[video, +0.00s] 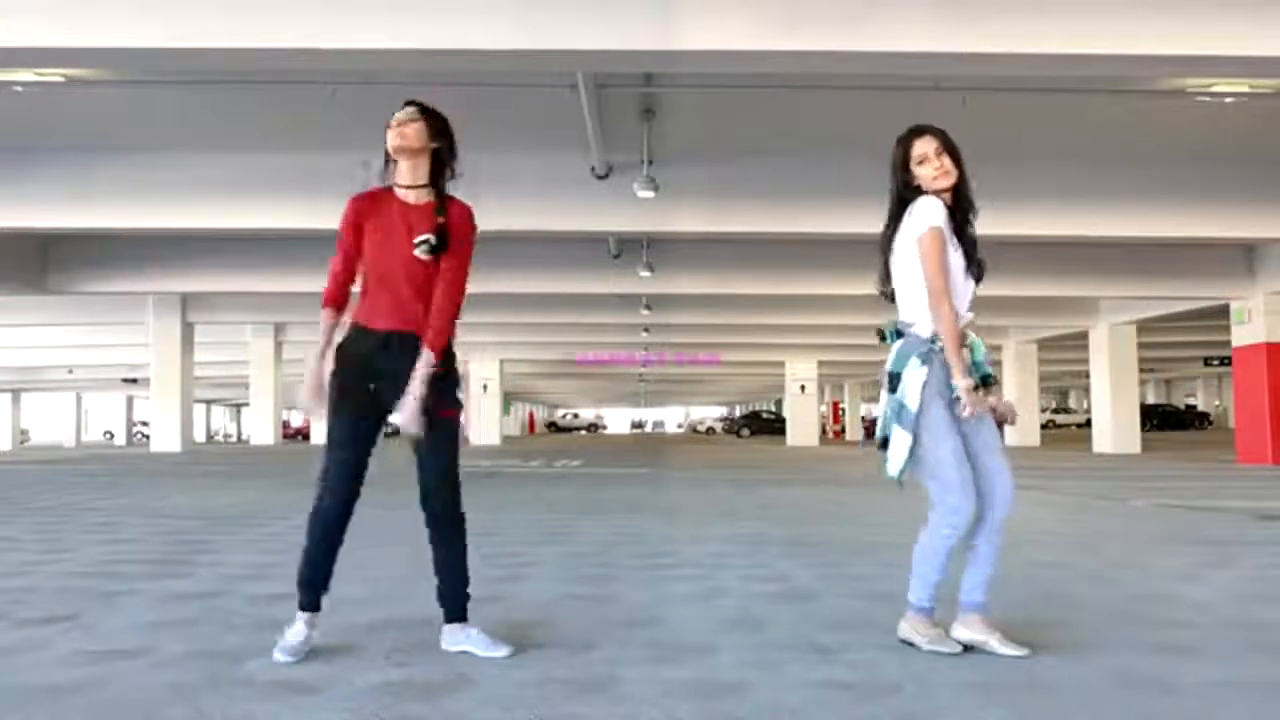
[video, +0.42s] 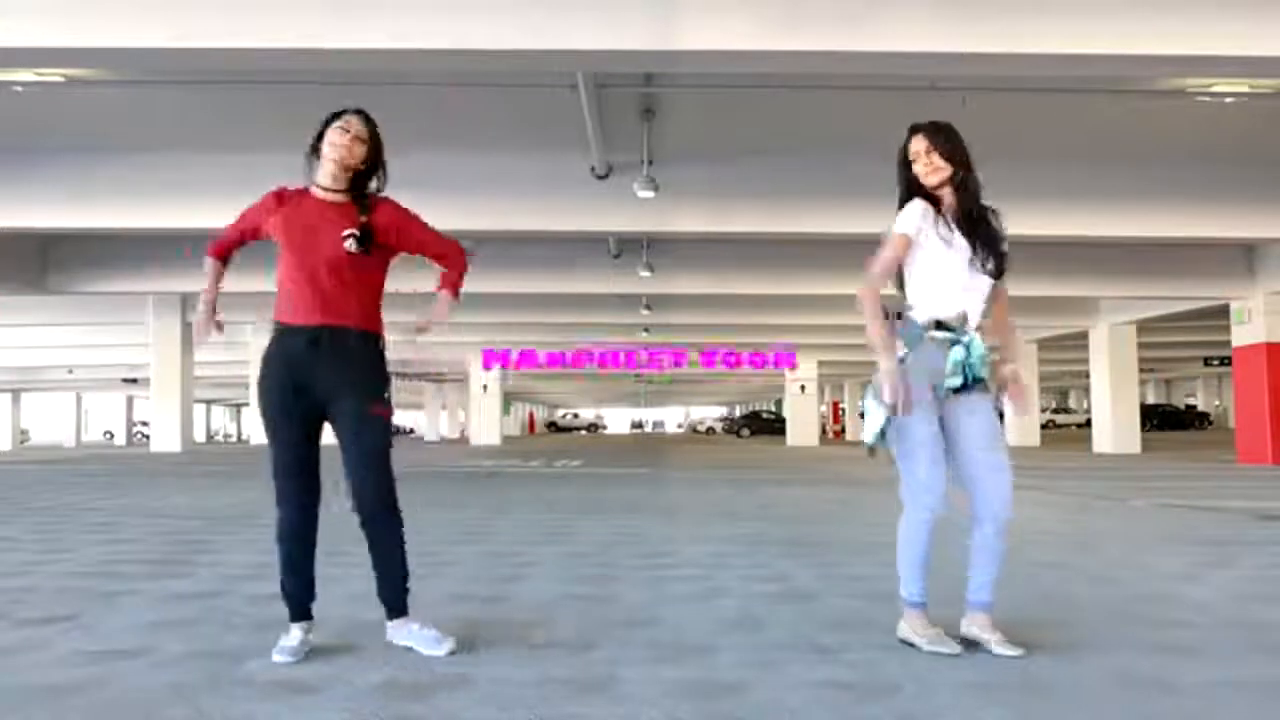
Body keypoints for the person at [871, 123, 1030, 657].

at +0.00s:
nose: (938, 165)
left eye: (942, 154)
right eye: (924, 162)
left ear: (956, 160)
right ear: (911, 176)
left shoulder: (942, 225)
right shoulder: (926, 212)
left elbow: (953, 319)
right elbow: (939, 300)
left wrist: (987, 394)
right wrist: (963, 378)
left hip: (955, 369)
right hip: (926, 368)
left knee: (998, 492)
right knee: (955, 502)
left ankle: (971, 617)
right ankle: (917, 616)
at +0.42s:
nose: (925, 164)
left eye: (932, 153)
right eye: (916, 160)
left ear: (956, 155)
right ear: (911, 171)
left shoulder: (985, 224)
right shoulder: (917, 216)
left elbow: (996, 301)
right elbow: (869, 287)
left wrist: (1007, 358)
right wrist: (887, 358)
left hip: (968, 362)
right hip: (915, 356)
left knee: (995, 493)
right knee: (924, 490)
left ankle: (977, 616)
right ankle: (912, 615)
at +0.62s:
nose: (920, 155)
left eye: (929, 146)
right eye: (918, 146)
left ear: (958, 150)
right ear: (921, 153)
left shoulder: (1003, 213)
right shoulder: (910, 209)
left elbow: (1068, 257)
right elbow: (842, 242)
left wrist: (1034, 315)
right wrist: (869, 291)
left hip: (984, 353)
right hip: (918, 353)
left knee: (984, 490)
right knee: (920, 491)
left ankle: (1008, 613)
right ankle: (912, 614)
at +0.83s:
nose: (936, 159)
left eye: (945, 151)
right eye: (938, 150)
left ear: (972, 159)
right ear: (953, 159)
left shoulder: (1013, 215)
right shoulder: (930, 216)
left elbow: (1083, 268)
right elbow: (905, 274)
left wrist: (1036, 321)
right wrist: (916, 315)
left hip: (998, 359)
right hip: (938, 356)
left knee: (1003, 489)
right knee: (926, 487)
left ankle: (1009, 613)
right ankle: (910, 609)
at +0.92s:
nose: (943, 168)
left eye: (953, 162)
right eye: (945, 159)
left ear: (978, 171)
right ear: (955, 166)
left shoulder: (1012, 229)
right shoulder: (941, 223)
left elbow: (1074, 276)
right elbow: (919, 286)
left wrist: (1030, 324)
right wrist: (928, 332)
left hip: (1002, 374)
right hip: (946, 373)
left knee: (1011, 495)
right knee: (916, 492)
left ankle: (1009, 615)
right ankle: (910, 612)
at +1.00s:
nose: (951, 177)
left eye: (961, 170)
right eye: (953, 167)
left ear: (986, 181)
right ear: (956, 174)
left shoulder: (1014, 236)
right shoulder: (944, 230)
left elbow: (1072, 281)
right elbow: (925, 291)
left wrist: (1030, 324)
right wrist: (935, 335)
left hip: (1005, 377)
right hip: (949, 378)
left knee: (1016, 496)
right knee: (915, 492)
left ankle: (1010, 615)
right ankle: (921, 612)